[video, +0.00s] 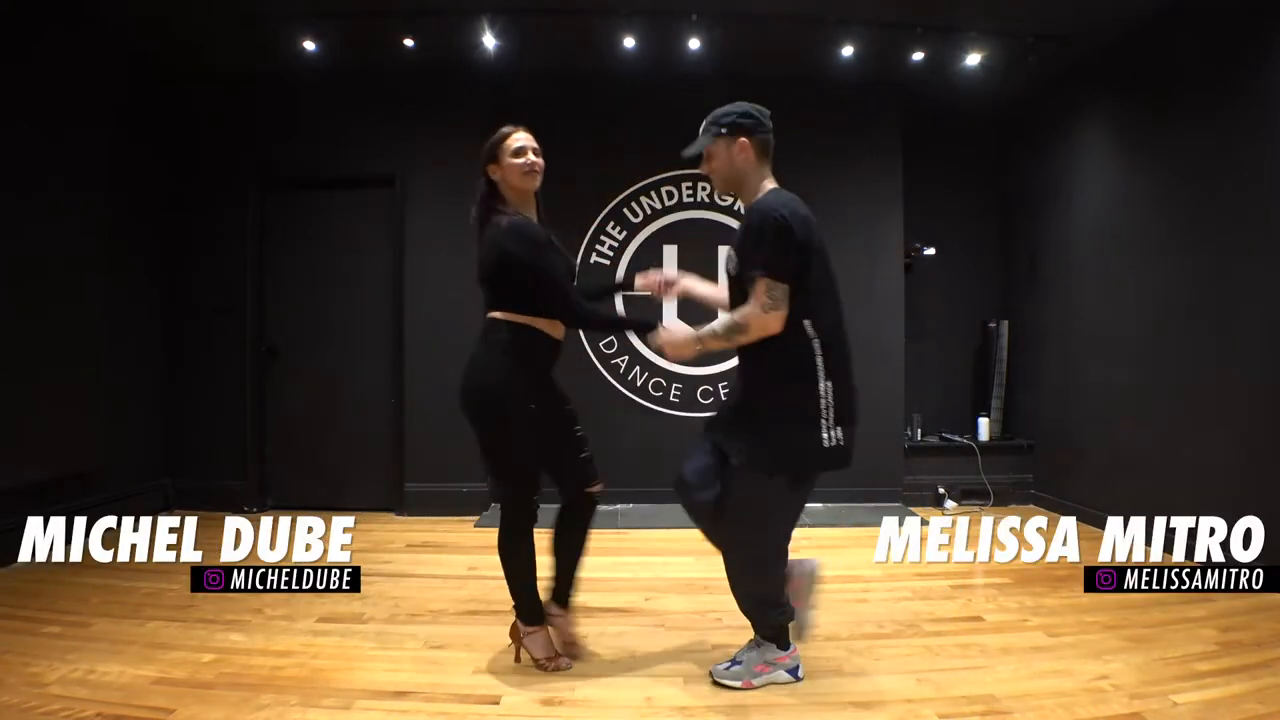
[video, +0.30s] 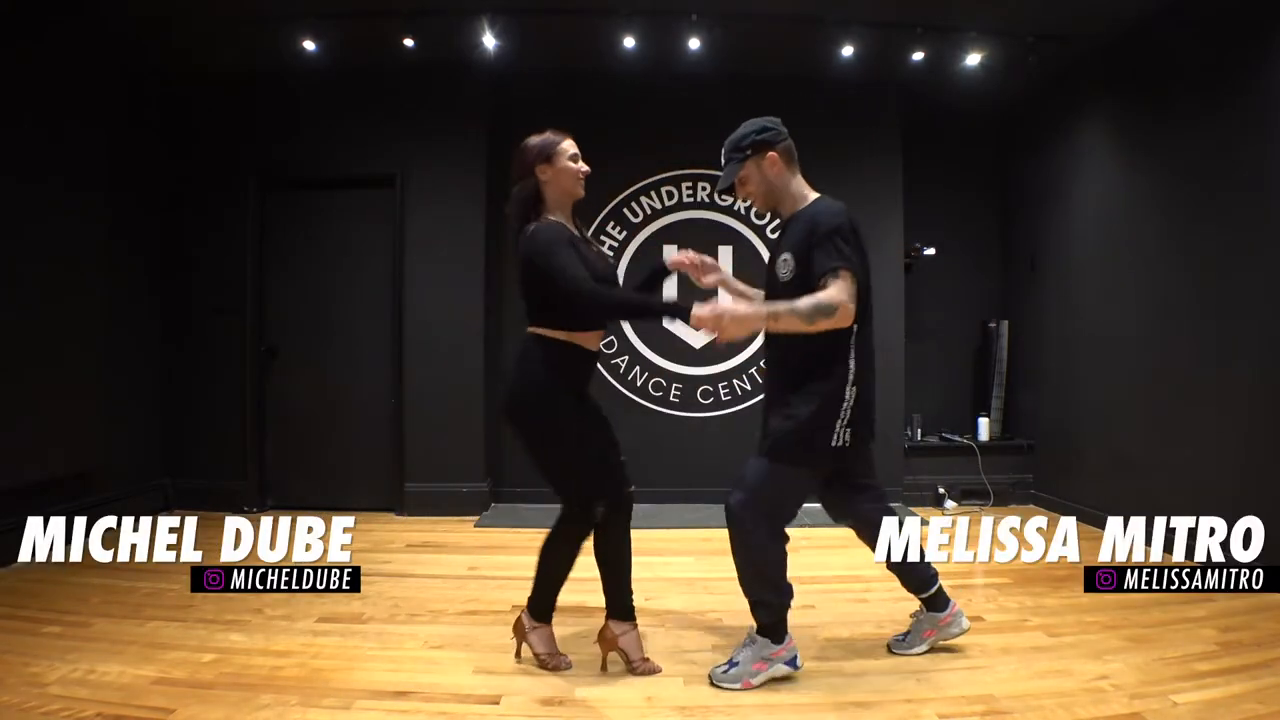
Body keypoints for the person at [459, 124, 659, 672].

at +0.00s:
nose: (532, 159)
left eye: (536, 152)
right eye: (518, 153)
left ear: (542, 166)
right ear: (494, 172)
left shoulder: (535, 229)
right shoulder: (510, 233)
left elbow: (572, 292)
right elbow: (572, 313)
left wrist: (630, 282)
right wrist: (645, 326)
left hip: (532, 374)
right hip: (502, 374)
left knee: (582, 488)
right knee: (519, 499)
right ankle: (529, 624)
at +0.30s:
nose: (585, 167)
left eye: (583, 159)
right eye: (574, 160)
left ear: (565, 174)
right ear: (542, 172)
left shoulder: (575, 237)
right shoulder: (545, 237)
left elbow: (618, 291)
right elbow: (585, 299)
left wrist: (672, 274)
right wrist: (675, 308)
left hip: (570, 384)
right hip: (541, 387)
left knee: (616, 498)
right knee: (582, 502)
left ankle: (621, 623)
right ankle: (536, 619)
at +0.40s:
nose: (591, 171)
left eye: (588, 161)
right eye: (580, 162)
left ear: (563, 175)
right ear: (549, 175)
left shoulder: (575, 238)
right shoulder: (549, 239)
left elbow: (614, 308)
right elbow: (603, 297)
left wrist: (681, 289)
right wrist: (677, 284)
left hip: (579, 383)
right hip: (551, 386)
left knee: (616, 498)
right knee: (608, 498)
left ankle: (618, 623)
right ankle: (545, 615)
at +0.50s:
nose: (591, 174)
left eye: (587, 166)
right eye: (580, 166)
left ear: (561, 177)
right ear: (549, 176)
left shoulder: (569, 241)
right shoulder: (546, 237)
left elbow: (602, 333)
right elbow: (614, 280)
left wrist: (668, 356)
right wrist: (690, 243)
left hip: (581, 386)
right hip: (553, 389)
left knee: (622, 504)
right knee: (619, 503)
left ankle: (619, 623)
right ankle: (546, 608)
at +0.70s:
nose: (578, 167)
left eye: (574, 158)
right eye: (567, 158)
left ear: (545, 170)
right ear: (536, 169)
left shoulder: (538, 231)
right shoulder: (544, 229)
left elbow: (574, 323)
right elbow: (612, 291)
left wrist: (639, 343)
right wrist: (678, 264)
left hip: (550, 375)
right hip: (544, 377)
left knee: (590, 504)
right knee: (581, 505)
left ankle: (617, 623)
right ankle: (523, 627)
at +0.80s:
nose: (562, 158)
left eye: (559, 149)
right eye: (552, 150)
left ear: (528, 162)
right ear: (521, 160)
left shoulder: (521, 221)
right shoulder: (530, 225)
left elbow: (577, 294)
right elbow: (589, 306)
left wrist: (631, 290)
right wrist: (669, 317)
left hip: (519, 369)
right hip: (517, 372)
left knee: (571, 488)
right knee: (541, 497)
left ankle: (568, 615)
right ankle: (517, 632)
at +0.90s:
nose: (550, 158)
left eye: (547, 149)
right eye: (539, 149)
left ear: (516, 162)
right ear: (509, 161)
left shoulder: (501, 222)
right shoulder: (524, 227)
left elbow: (557, 284)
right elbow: (568, 312)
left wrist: (611, 256)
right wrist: (646, 347)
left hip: (500, 365)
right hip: (511, 367)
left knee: (554, 487)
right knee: (532, 495)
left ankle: (502, 597)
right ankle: (520, 632)